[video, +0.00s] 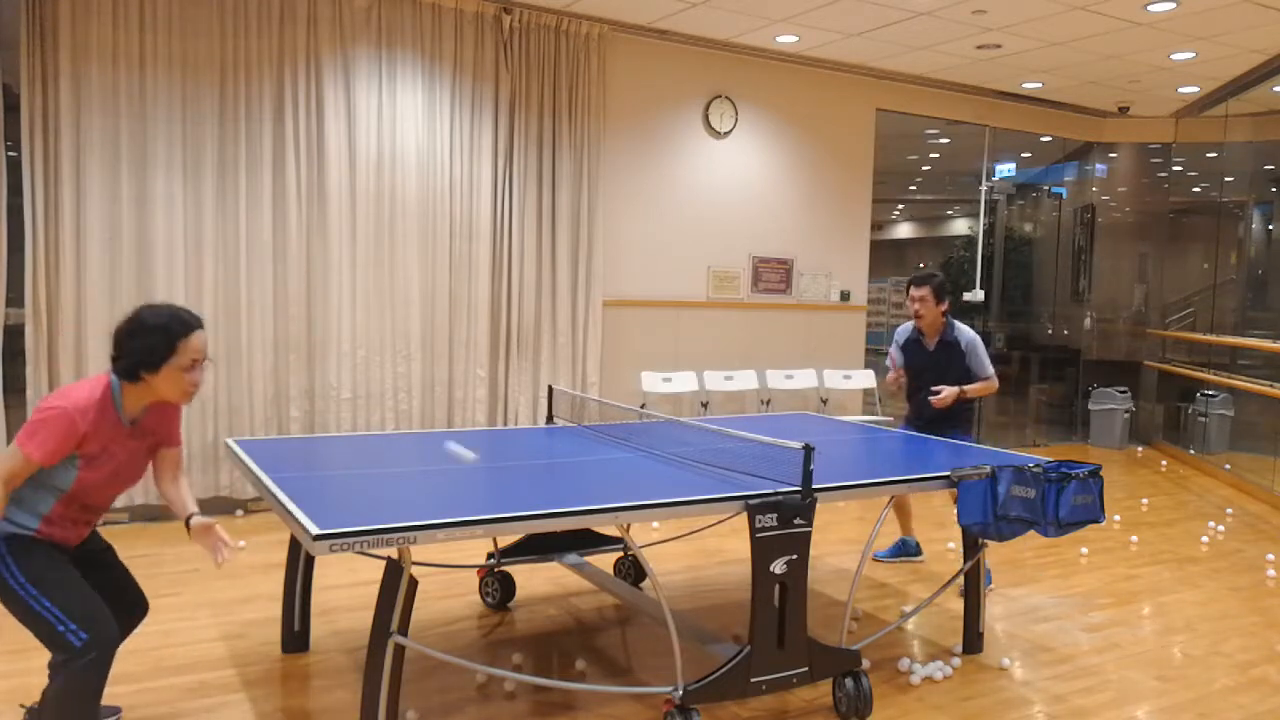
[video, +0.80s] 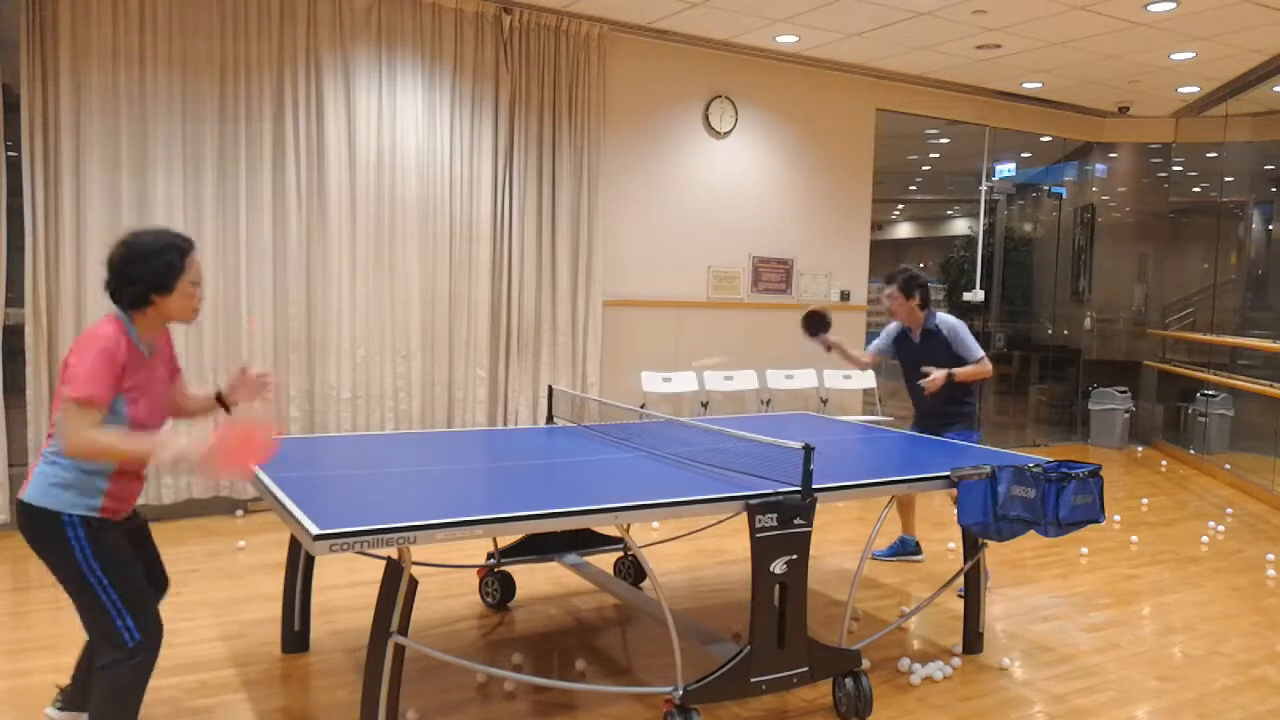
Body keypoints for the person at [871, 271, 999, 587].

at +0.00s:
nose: (915, 308)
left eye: (922, 301)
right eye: (911, 301)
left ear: (943, 306)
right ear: (908, 304)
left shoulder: (966, 338)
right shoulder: (903, 334)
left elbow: (991, 383)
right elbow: (895, 377)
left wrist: (959, 392)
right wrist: (895, 379)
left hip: (955, 425)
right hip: (916, 423)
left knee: (959, 489)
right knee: (893, 475)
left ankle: (977, 560)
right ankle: (908, 540)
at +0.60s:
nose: (881, 324)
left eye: (884, 317)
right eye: (880, 318)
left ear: (904, 314)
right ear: (904, 315)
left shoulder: (933, 339)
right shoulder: (922, 341)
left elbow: (974, 380)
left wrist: (930, 401)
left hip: (964, 435)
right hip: (941, 432)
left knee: (951, 500)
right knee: (909, 478)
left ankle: (981, 569)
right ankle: (910, 541)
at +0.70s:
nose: (881, 316)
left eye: (885, 309)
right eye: (881, 309)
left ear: (905, 309)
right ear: (904, 310)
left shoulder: (940, 333)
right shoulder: (905, 341)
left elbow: (980, 373)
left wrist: (936, 388)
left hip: (965, 426)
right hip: (934, 424)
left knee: (957, 495)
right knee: (907, 476)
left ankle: (980, 568)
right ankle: (910, 541)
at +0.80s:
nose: (887, 305)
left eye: (892, 298)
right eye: (886, 298)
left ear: (914, 299)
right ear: (905, 301)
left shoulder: (949, 326)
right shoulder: (895, 331)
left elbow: (985, 368)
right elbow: (865, 362)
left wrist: (948, 374)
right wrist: (836, 347)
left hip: (959, 425)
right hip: (924, 422)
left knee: (959, 489)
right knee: (900, 475)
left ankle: (976, 566)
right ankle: (908, 541)